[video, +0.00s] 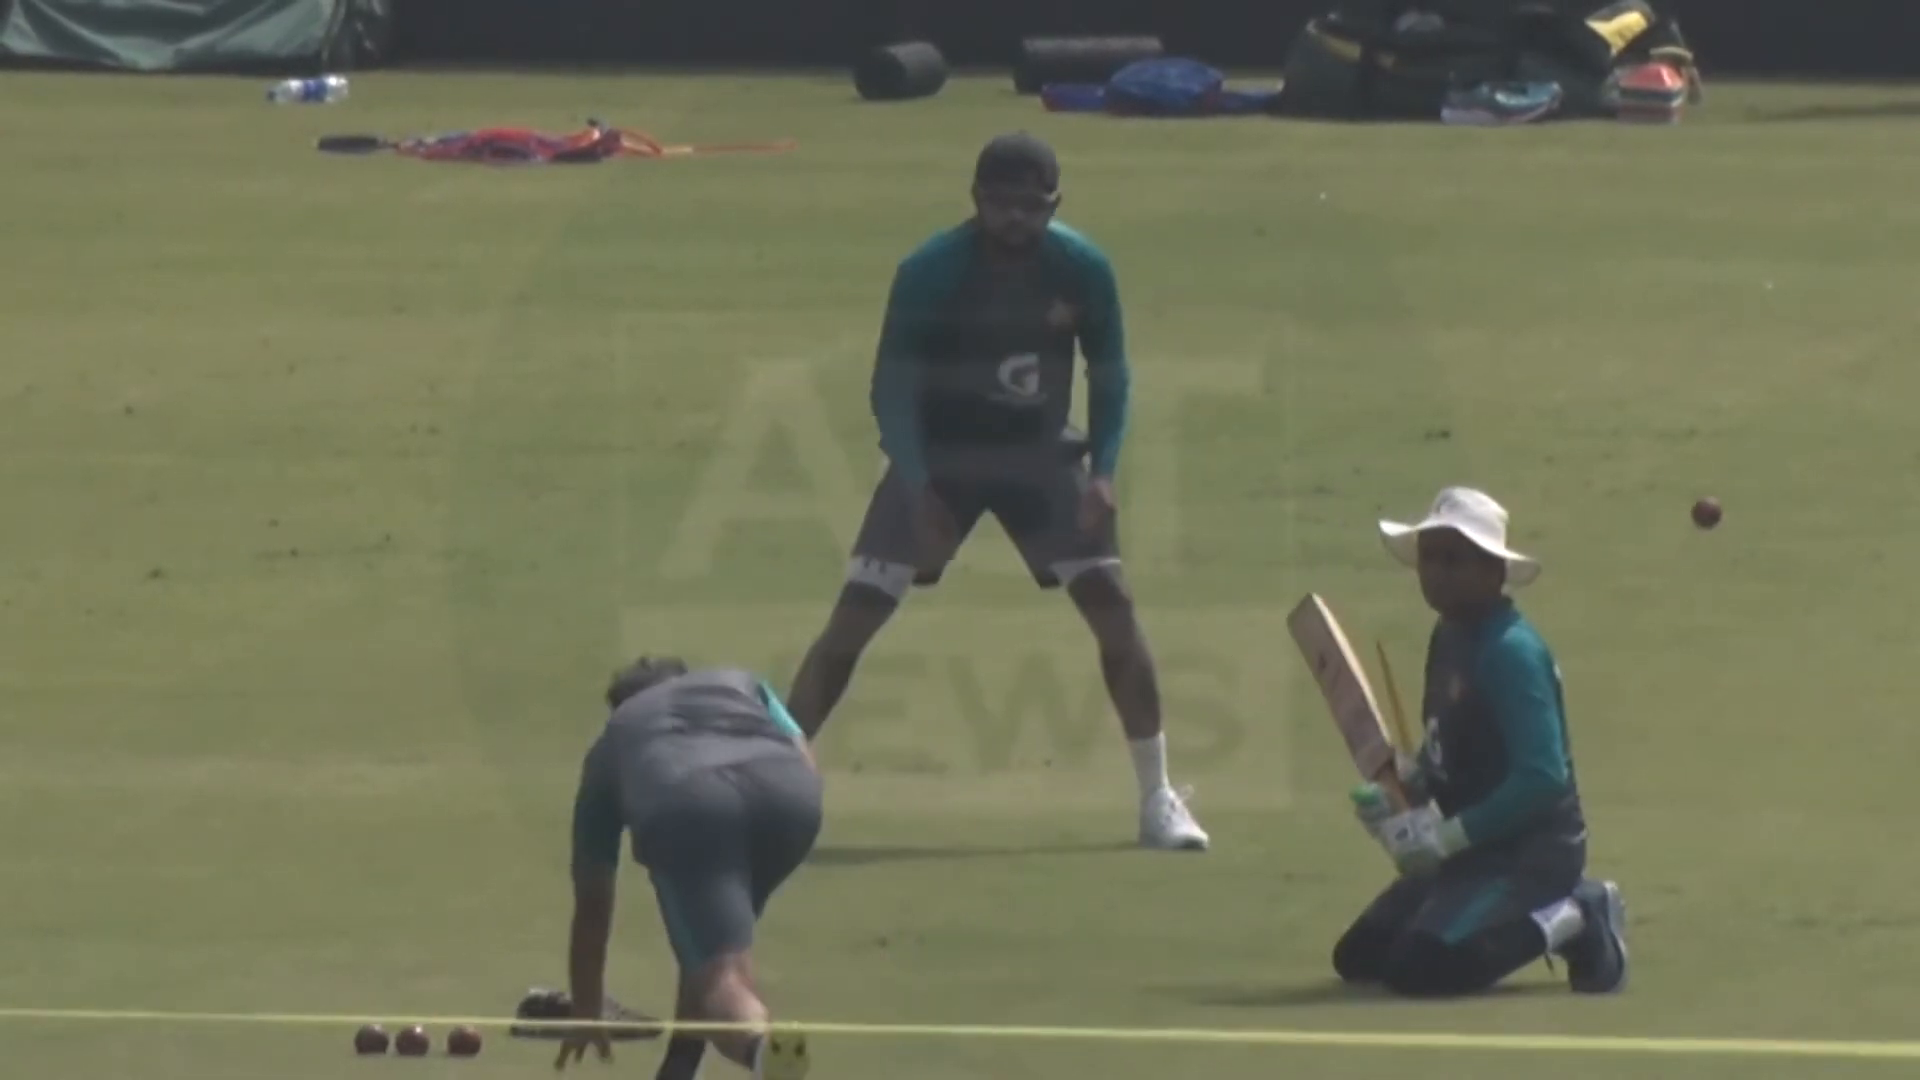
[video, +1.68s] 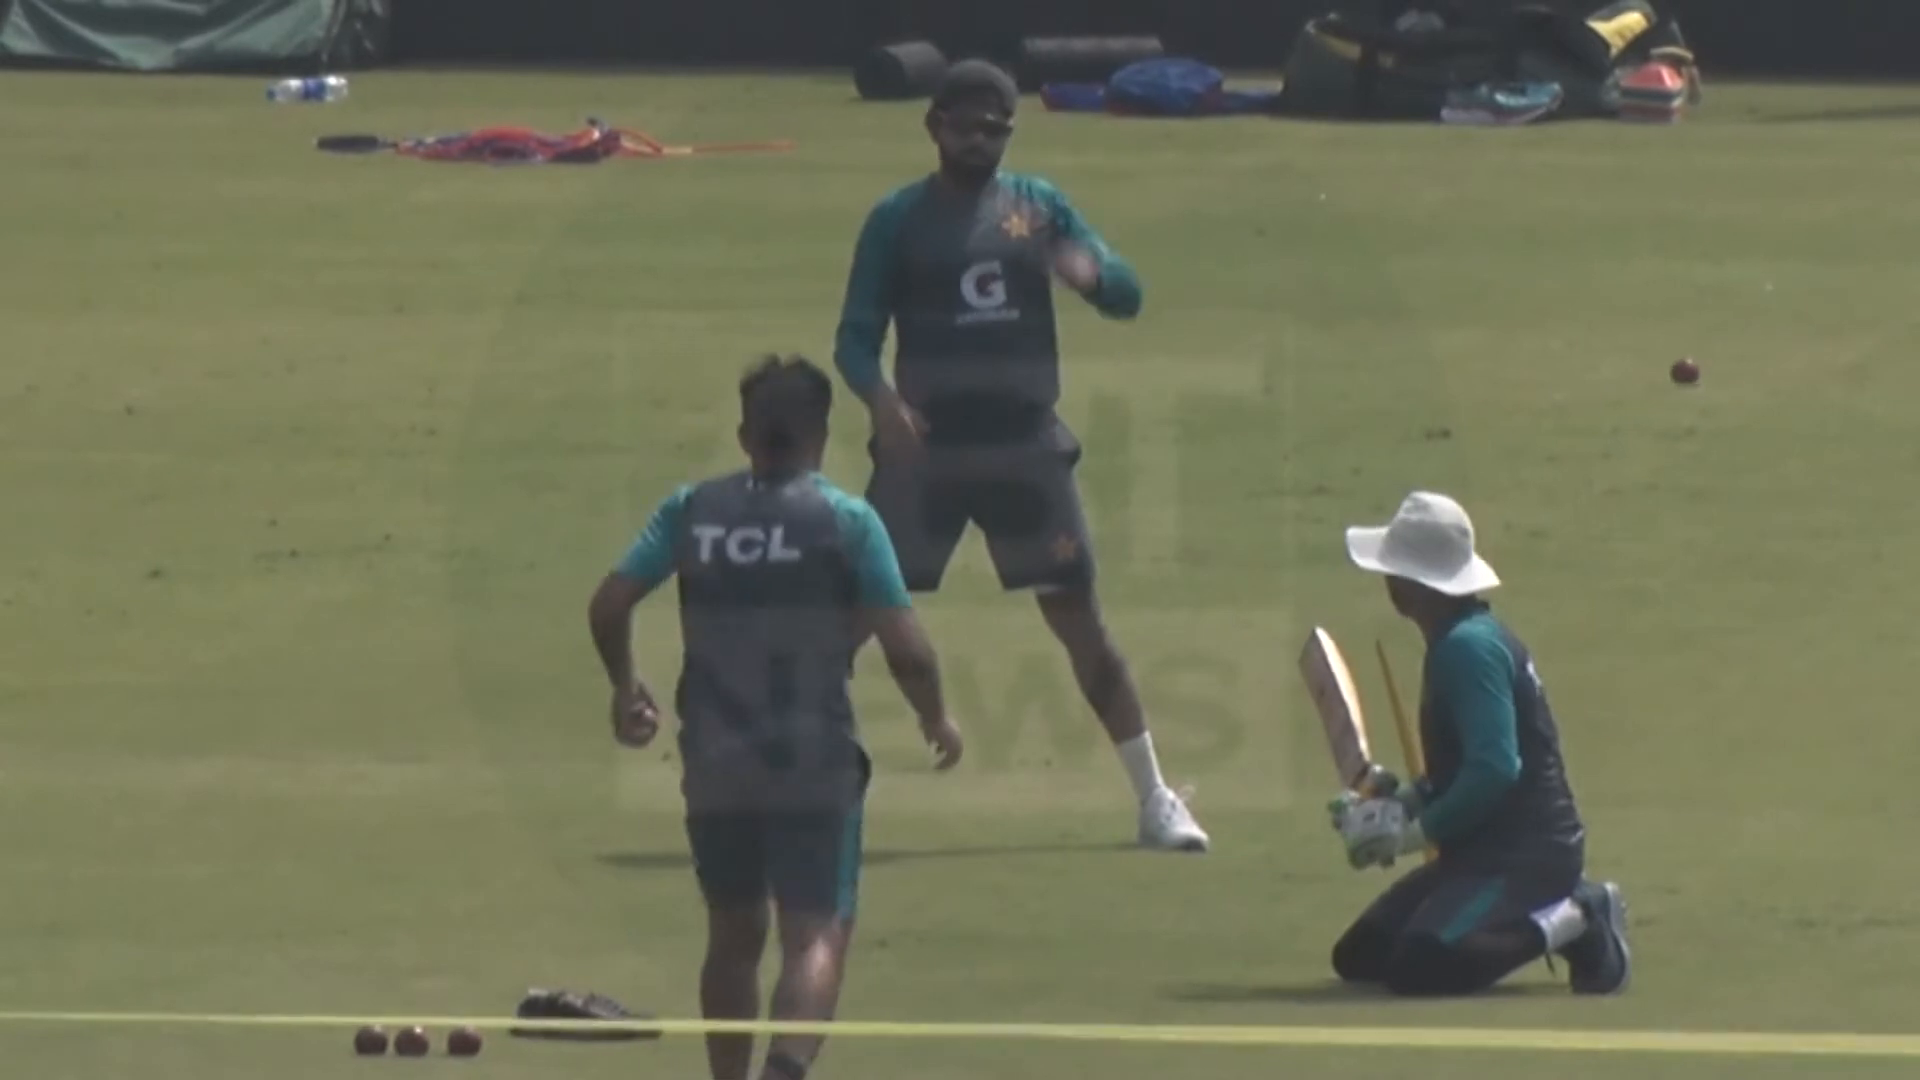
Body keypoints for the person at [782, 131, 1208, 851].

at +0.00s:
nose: (1015, 221)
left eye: (1031, 206)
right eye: (1001, 205)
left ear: (1054, 204)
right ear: (976, 200)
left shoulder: (1082, 269)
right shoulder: (928, 273)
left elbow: (1109, 372)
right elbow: (891, 390)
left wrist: (1102, 468)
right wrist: (915, 488)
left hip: (1041, 461)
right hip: (938, 461)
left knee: (1110, 605)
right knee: (857, 613)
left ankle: (1158, 798)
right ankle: (769, 777)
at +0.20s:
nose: (1010, 180)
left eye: (1024, 166)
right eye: (995, 165)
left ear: (1043, 169)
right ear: (968, 163)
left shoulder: (1066, 243)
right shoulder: (920, 245)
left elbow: (1105, 335)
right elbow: (875, 362)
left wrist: (1124, 396)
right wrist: (917, 435)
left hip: (1028, 457)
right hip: (925, 453)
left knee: (1109, 615)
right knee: (844, 616)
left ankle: (1157, 800)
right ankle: (764, 781)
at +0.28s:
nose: (996, 169)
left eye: (1011, 156)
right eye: (981, 155)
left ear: (1030, 157)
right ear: (956, 153)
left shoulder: (1053, 233)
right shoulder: (911, 235)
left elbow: (1102, 342)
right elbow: (862, 351)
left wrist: (1107, 335)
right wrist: (910, 399)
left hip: (1019, 458)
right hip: (917, 456)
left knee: (1100, 612)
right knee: (844, 614)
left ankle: (1158, 800)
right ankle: (770, 787)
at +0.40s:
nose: (987, 156)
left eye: (1000, 142)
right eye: (972, 141)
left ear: (1020, 140)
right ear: (943, 136)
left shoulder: (1043, 219)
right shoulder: (899, 223)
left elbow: (1109, 322)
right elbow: (852, 338)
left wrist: (1098, 240)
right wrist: (901, 352)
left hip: (1012, 451)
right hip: (911, 452)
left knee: (1088, 615)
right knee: (841, 618)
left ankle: (1155, 798)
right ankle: (766, 791)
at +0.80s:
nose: (977, 138)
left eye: (991, 125)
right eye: (962, 121)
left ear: (1010, 133)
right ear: (933, 124)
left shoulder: (1027, 205)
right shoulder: (891, 216)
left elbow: (1113, 221)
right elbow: (843, 327)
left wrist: (1040, 134)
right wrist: (874, 361)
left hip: (1016, 440)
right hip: (918, 442)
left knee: (1079, 622)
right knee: (852, 620)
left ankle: (1156, 798)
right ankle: (776, 781)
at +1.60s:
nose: (982, 140)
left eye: (996, 128)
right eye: (968, 126)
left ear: (1012, 135)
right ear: (936, 126)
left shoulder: (1035, 204)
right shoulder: (894, 221)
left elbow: (1128, 270)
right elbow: (853, 339)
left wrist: (1089, 204)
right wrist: (878, 393)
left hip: (1021, 439)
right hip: (922, 442)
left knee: (1079, 621)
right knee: (858, 608)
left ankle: (1155, 798)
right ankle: (782, 763)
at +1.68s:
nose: (979, 143)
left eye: (993, 130)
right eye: (965, 129)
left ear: (1011, 135)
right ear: (934, 127)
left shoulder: (1037, 206)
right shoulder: (895, 222)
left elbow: (1126, 297)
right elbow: (853, 342)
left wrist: (1078, 267)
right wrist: (880, 401)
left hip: (1022, 442)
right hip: (923, 446)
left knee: (1080, 623)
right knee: (849, 615)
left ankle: (1155, 798)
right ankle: (778, 772)